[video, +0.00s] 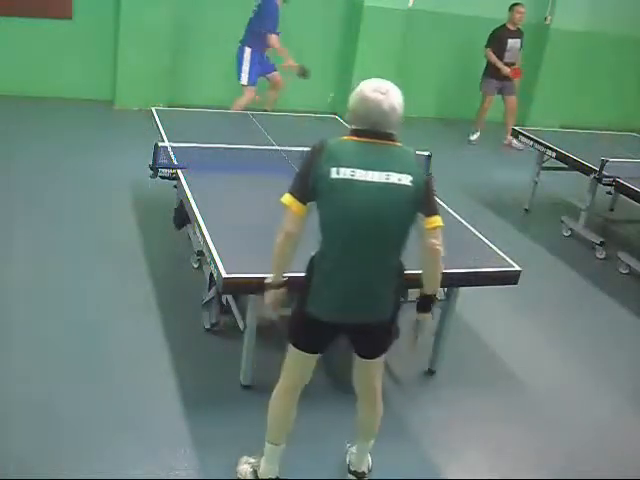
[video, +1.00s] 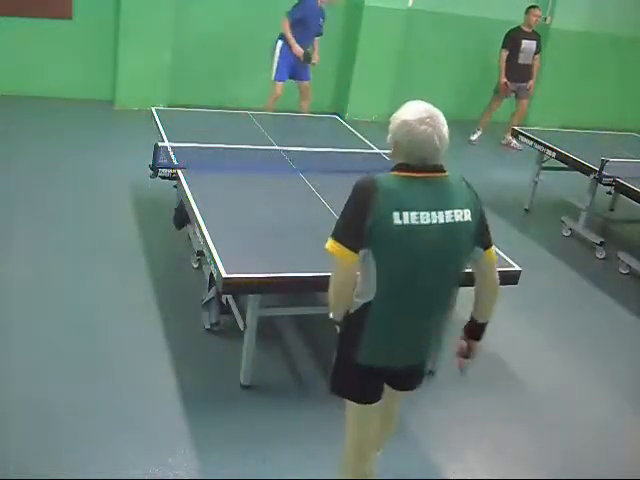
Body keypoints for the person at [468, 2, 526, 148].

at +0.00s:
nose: (521, 16)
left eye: (523, 14)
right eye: (518, 13)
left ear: (524, 16)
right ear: (510, 14)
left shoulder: (520, 34)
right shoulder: (498, 32)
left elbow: (518, 52)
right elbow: (488, 51)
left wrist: (517, 66)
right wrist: (502, 67)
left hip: (509, 75)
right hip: (492, 74)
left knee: (512, 106)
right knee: (486, 104)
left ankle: (509, 136)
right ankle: (476, 130)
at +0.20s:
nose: (521, 16)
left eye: (523, 13)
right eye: (518, 12)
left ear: (524, 16)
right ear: (510, 13)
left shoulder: (521, 34)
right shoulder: (498, 31)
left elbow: (520, 56)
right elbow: (488, 51)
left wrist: (519, 75)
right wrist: (494, 71)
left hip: (511, 75)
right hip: (495, 73)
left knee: (511, 105)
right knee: (486, 104)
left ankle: (508, 136)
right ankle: (476, 130)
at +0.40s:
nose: (523, 16)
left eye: (525, 13)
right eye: (520, 12)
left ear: (526, 15)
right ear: (512, 13)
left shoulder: (523, 33)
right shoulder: (500, 32)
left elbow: (524, 55)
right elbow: (492, 54)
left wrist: (523, 75)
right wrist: (488, 76)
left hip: (513, 77)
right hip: (497, 76)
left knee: (512, 106)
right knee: (487, 105)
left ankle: (508, 136)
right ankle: (477, 130)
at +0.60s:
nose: (526, 17)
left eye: (528, 14)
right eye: (524, 13)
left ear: (529, 16)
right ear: (516, 13)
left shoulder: (527, 35)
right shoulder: (502, 31)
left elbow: (526, 56)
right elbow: (492, 53)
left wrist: (523, 76)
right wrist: (487, 75)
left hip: (515, 77)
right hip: (498, 76)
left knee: (513, 107)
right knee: (488, 104)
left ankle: (508, 136)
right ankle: (477, 129)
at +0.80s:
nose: (530, 18)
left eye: (532, 15)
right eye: (528, 14)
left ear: (532, 17)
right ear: (520, 14)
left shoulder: (531, 36)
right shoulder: (506, 32)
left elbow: (530, 58)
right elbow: (496, 54)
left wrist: (526, 78)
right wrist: (493, 75)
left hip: (518, 78)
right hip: (502, 77)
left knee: (516, 108)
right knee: (489, 105)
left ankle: (508, 136)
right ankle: (478, 129)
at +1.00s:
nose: (536, 20)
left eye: (538, 17)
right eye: (534, 16)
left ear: (539, 19)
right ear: (526, 16)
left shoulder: (536, 37)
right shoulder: (512, 33)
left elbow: (536, 59)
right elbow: (503, 56)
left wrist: (533, 79)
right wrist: (502, 77)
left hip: (525, 80)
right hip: (508, 79)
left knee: (522, 110)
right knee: (493, 106)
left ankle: (508, 136)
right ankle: (479, 130)